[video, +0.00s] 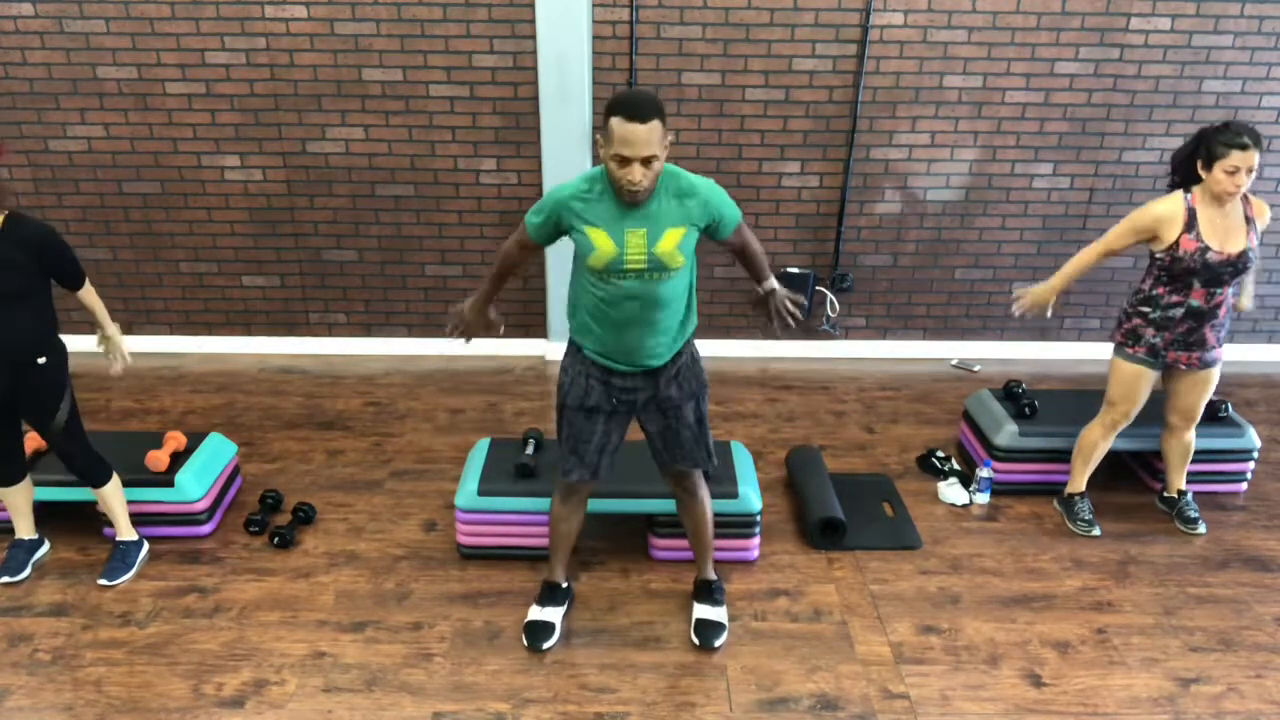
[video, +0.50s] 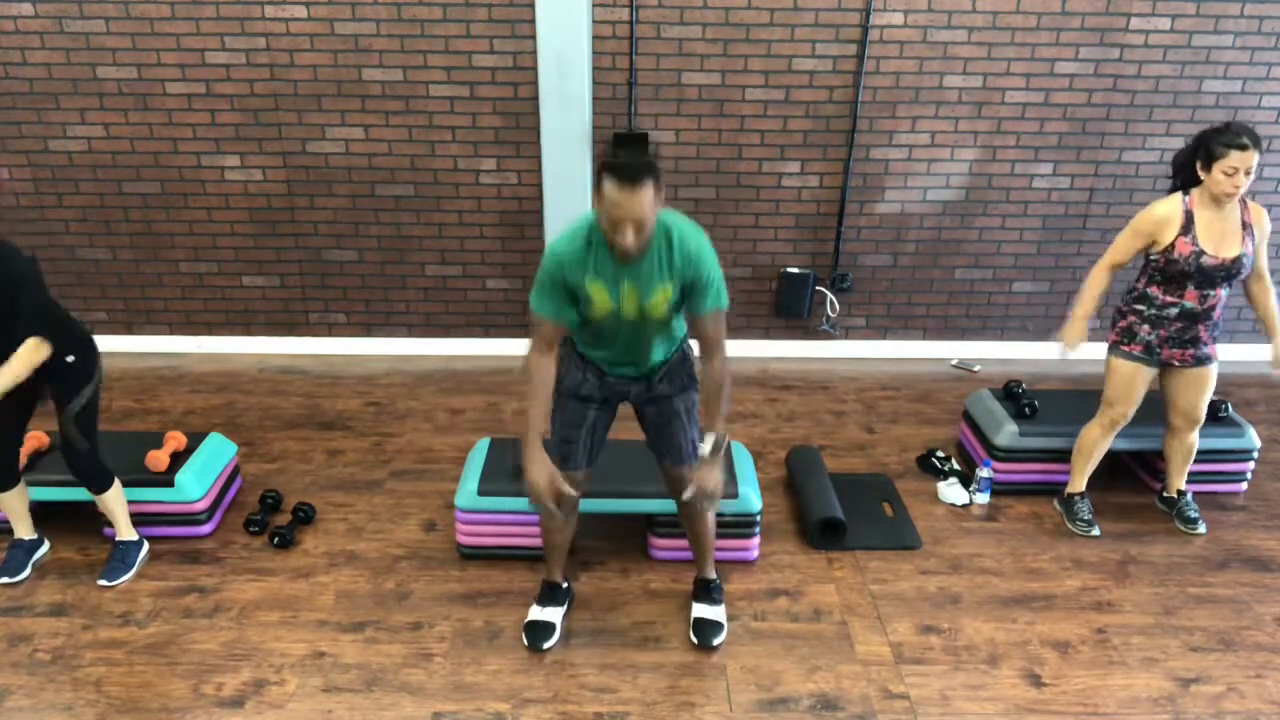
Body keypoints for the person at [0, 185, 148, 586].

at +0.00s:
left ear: (4, 200)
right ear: (3, 201)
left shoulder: (30, 235)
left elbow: (78, 282)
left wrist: (108, 326)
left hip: (38, 366)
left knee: (77, 453)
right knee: (5, 461)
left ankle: (129, 538)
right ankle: (26, 539)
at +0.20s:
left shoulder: (28, 238)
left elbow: (70, 301)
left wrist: (102, 360)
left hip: (40, 368)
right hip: (1, 378)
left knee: (78, 452)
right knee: (6, 461)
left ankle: (129, 538)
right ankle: (26, 539)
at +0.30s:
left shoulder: (21, 236)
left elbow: (63, 311)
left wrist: (83, 383)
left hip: (42, 363)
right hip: (2, 374)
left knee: (78, 450)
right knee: (6, 459)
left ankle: (129, 538)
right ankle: (26, 538)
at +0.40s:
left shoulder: (15, 242)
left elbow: (53, 320)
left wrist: (39, 392)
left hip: (56, 355)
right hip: (8, 364)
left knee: (76, 449)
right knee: (4, 456)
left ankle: (128, 538)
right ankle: (25, 538)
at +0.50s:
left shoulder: (14, 265)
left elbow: (40, 344)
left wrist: (2, 384)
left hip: (68, 356)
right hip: (17, 364)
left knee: (79, 453)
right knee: (2, 453)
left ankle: (129, 539)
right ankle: (26, 538)